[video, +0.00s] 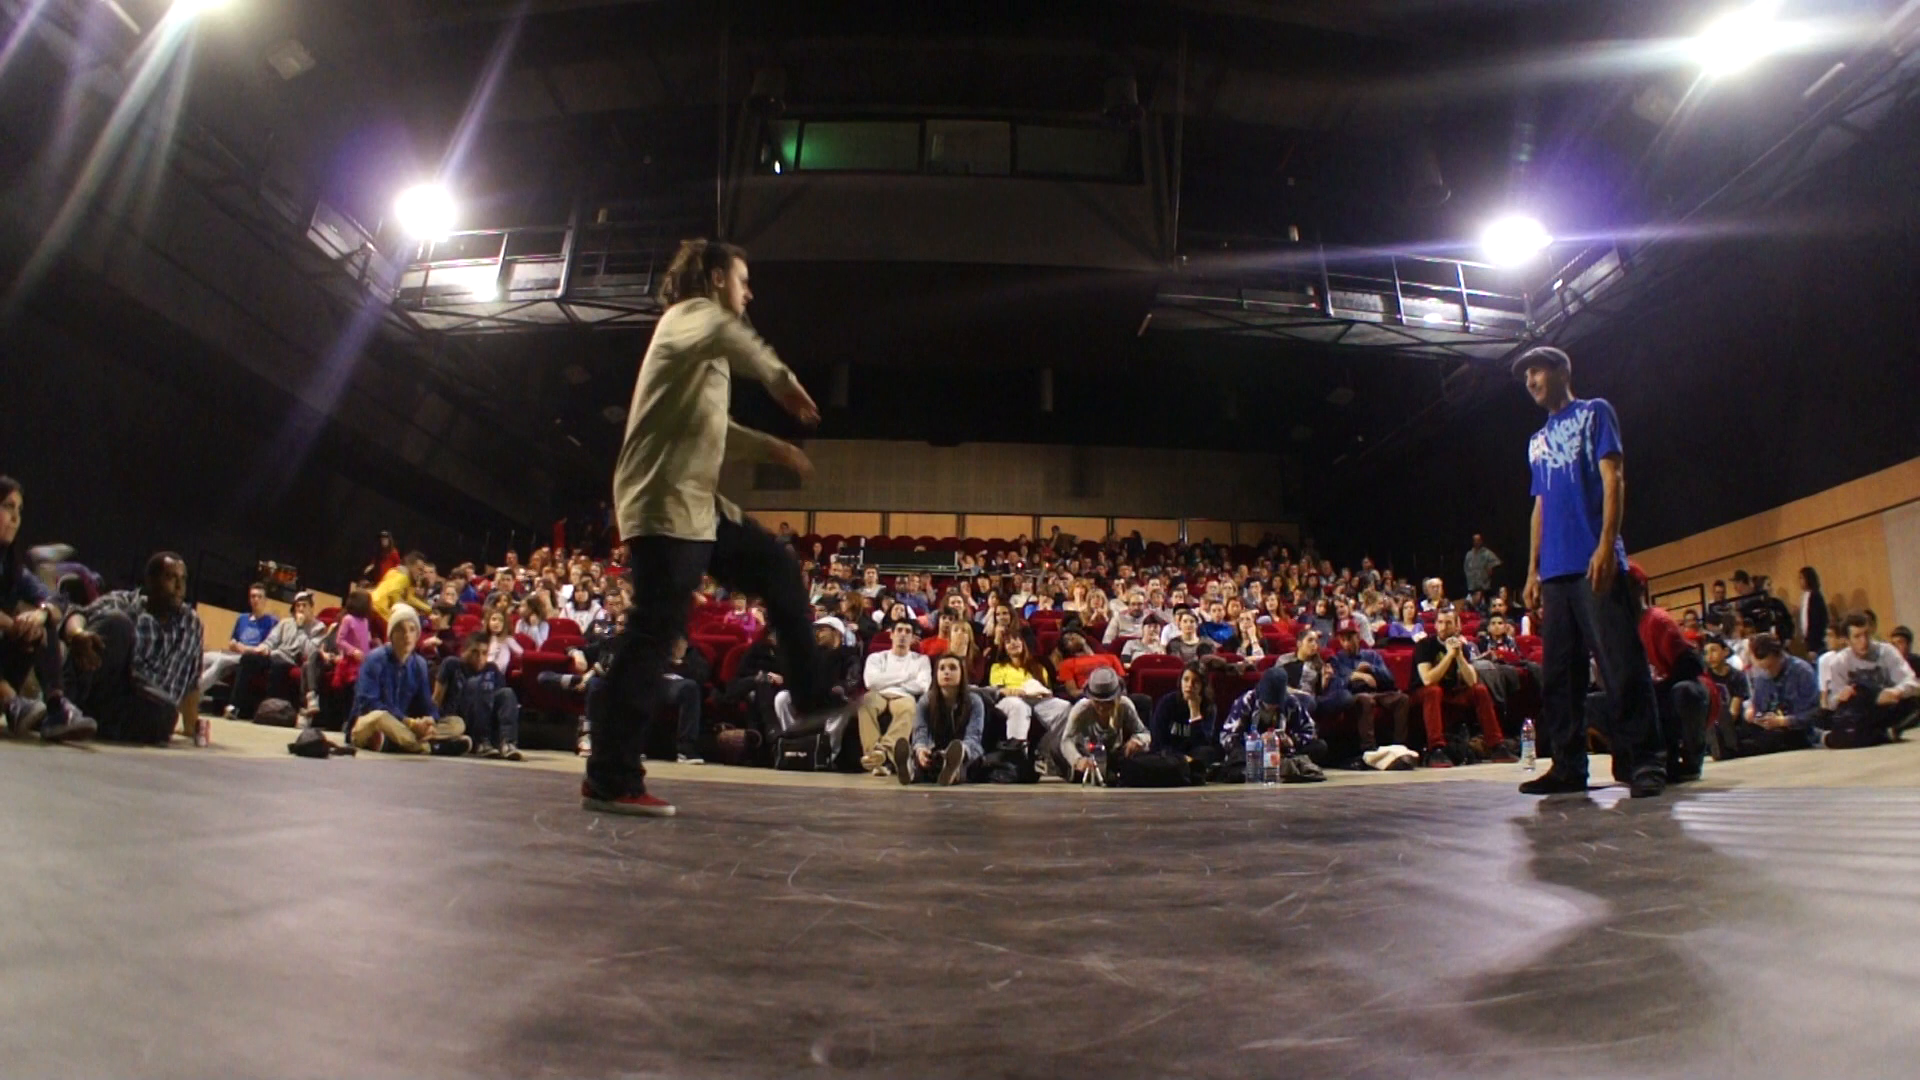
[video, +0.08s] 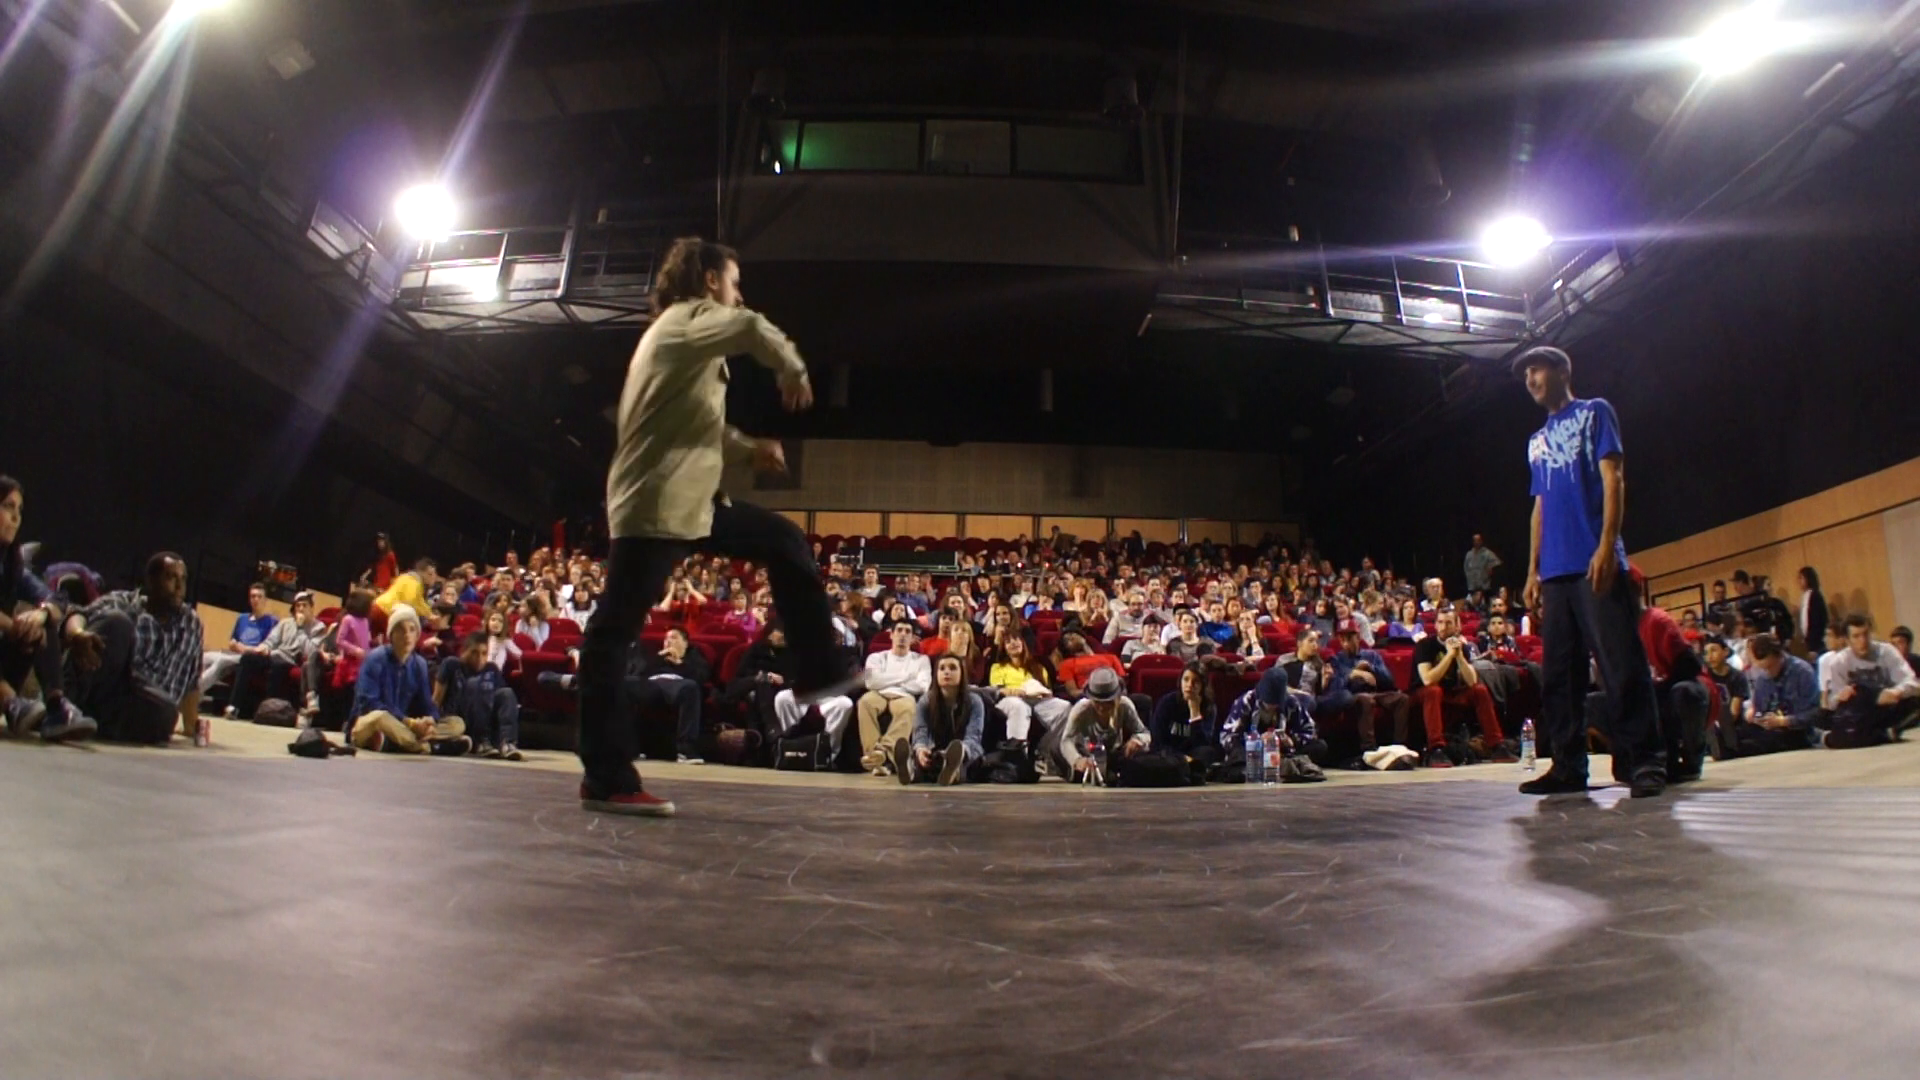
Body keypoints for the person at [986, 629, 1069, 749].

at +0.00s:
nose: (1013, 644)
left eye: (1017, 640)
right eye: (1008, 642)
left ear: (1024, 643)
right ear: (1004, 646)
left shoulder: (1038, 668)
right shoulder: (998, 667)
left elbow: (1048, 692)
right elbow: (997, 690)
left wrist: (1039, 694)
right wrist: (1014, 692)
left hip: (1035, 698)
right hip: (1010, 698)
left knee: (1063, 708)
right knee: (1020, 709)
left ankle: (1046, 754)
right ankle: (1017, 757)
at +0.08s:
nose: (1013, 644)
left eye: (1016, 639)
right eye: (1008, 642)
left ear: (1024, 642)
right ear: (1004, 647)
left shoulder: (1038, 668)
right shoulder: (998, 668)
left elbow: (1048, 692)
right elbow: (997, 690)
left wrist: (1040, 694)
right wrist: (1015, 692)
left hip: (1035, 699)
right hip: (1010, 698)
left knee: (1063, 708)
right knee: (1019, 709)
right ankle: (1017, 757)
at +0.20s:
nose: (1013, 644)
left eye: (1016, 640)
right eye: (1008, 642)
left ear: (1023, 642)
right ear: (1004, 647)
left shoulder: (1038, 668)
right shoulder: (998, 668)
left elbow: (1048, 692)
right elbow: (997, 690)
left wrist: (1040, 694)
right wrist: (1015, 692)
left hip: (1036, 698)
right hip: (1010, 698)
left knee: (1064, 708)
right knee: (1020, 709)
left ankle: (1045, 752)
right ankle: (1018, 756)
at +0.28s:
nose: (1013, 644)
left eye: (1016, 640)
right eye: (1008, 642)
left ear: (1023, 642)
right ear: (1004, 647)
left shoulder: (1038, 668)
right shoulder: (998, 668)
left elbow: (1047, 691)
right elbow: (998, 690)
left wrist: (1040, 694)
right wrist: (1020, 692)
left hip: (1035, 699)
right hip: (1010, 698)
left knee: (1063, 708)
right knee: (1019, 709)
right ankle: (1018, 757)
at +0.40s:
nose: (1014, 644)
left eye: (1016, 640)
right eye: (1009, 642)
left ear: (1024, 642)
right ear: (1004, 647)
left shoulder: (1038, 669)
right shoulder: (998, 668)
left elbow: (1048, 692)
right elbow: (998, 690)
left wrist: (1039, 694)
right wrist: (1018, 692)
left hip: (1035, 699)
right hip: (1010, 698)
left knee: (1063, 707)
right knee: (1019, 708)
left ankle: (1044, 753)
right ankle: (1018, 757)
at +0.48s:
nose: (1014, 644)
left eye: (1017, 640)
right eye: (1009, 642)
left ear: (1024, 643)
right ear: (1004, 647)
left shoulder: (1038, 669)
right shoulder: (998, 668)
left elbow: (1048, 692)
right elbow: (997, 690)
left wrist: (1040, 694)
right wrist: (1014, 692)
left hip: (1035, 698)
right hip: (1010, 698)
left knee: (1064, 708)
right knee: (1019, 709)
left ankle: (1044, 752)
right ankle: (1018, 756)